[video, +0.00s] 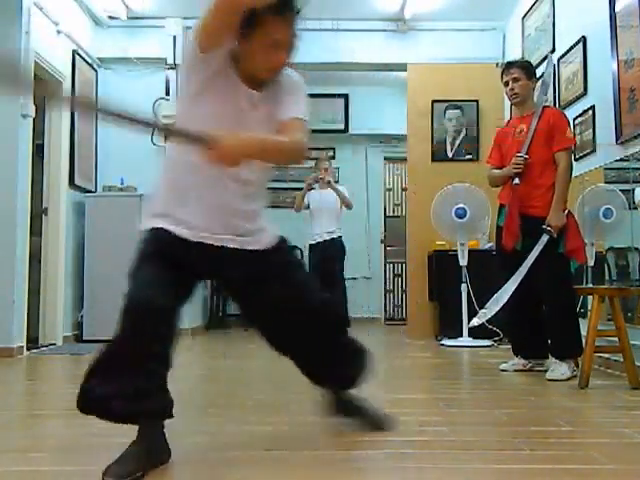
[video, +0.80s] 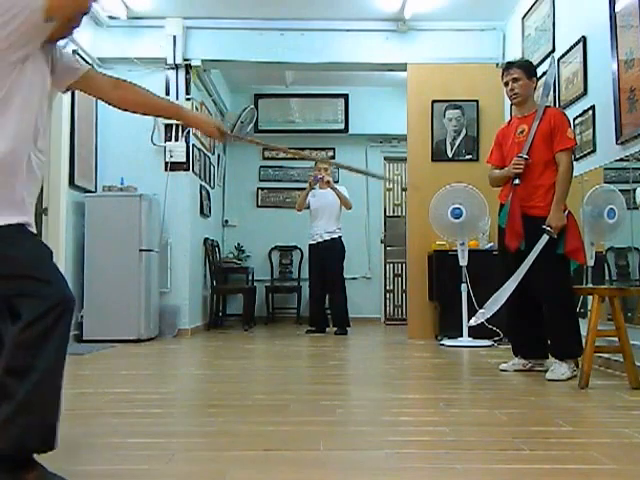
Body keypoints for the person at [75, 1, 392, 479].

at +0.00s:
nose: (279, 56)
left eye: (286, 46)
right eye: (270, 44)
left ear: (291, 45)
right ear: (240, 37)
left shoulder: (288, 85)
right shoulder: (205, 64)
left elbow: (296, 146)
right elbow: (226, 9)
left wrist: (250, 146)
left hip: (247, 234)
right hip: (177, 225)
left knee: (310, 315)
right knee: (144, 313)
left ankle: (341, 395)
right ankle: (150, 434)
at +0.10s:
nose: (217, 26)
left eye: (225, 18)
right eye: (211, 17)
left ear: (241, 22)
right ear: (190, 14)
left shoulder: (254, 63)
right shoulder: (158, 35)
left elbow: (255, 131)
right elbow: (166, 24)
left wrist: (172, 121)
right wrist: (253, 31)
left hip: (198, 223)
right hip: (128, 210)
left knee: (245, 314)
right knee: (147, 302)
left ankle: (185, 397)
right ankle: (113, 430)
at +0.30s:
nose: (138, 5)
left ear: (177, 6)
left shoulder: (198, 62)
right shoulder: (85, 35)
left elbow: (197, 122)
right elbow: (4, 41)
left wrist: (105, 89)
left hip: (118, 222)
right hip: (54, 191)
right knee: (85, 312)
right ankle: (57, 453)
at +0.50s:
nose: (124, 5)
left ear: (138, 5)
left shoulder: (141, 53)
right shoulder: (27, 26)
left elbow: (160, 114)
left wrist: (75, 83)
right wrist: (14, 66)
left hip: (60, 224)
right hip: (10, 199)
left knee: (43, 335)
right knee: (47, 306)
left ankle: (18, 456)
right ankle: (14, 455)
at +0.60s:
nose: (124, 6)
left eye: (127, 1)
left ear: (117, 9)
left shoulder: (112, 44)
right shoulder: (21, 17)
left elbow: (129, 98)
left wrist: (30, 74)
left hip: (46, 222)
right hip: (6, 207)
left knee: (71, 331)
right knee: (42, 304)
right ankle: (16, 459)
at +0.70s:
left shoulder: (64, 32)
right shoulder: (17, 12)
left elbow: (94, 72)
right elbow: (121, 21)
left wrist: (119, 90)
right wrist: (179, 40)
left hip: (29, 209)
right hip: (4, 207)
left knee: (48, 308)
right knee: (48, 300)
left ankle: (18, 454)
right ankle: (12, 456)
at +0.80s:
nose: (77, 26)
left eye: (82, 19)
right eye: (77, 15)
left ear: (61, 14)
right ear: (50, 7)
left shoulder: (49, 54)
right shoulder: (8, 30)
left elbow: (113, 89)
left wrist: (191, 116)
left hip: (14, 218)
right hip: (5, 218)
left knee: (33, 311)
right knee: (49, 301)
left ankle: (13, 450)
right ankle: (13, 455)